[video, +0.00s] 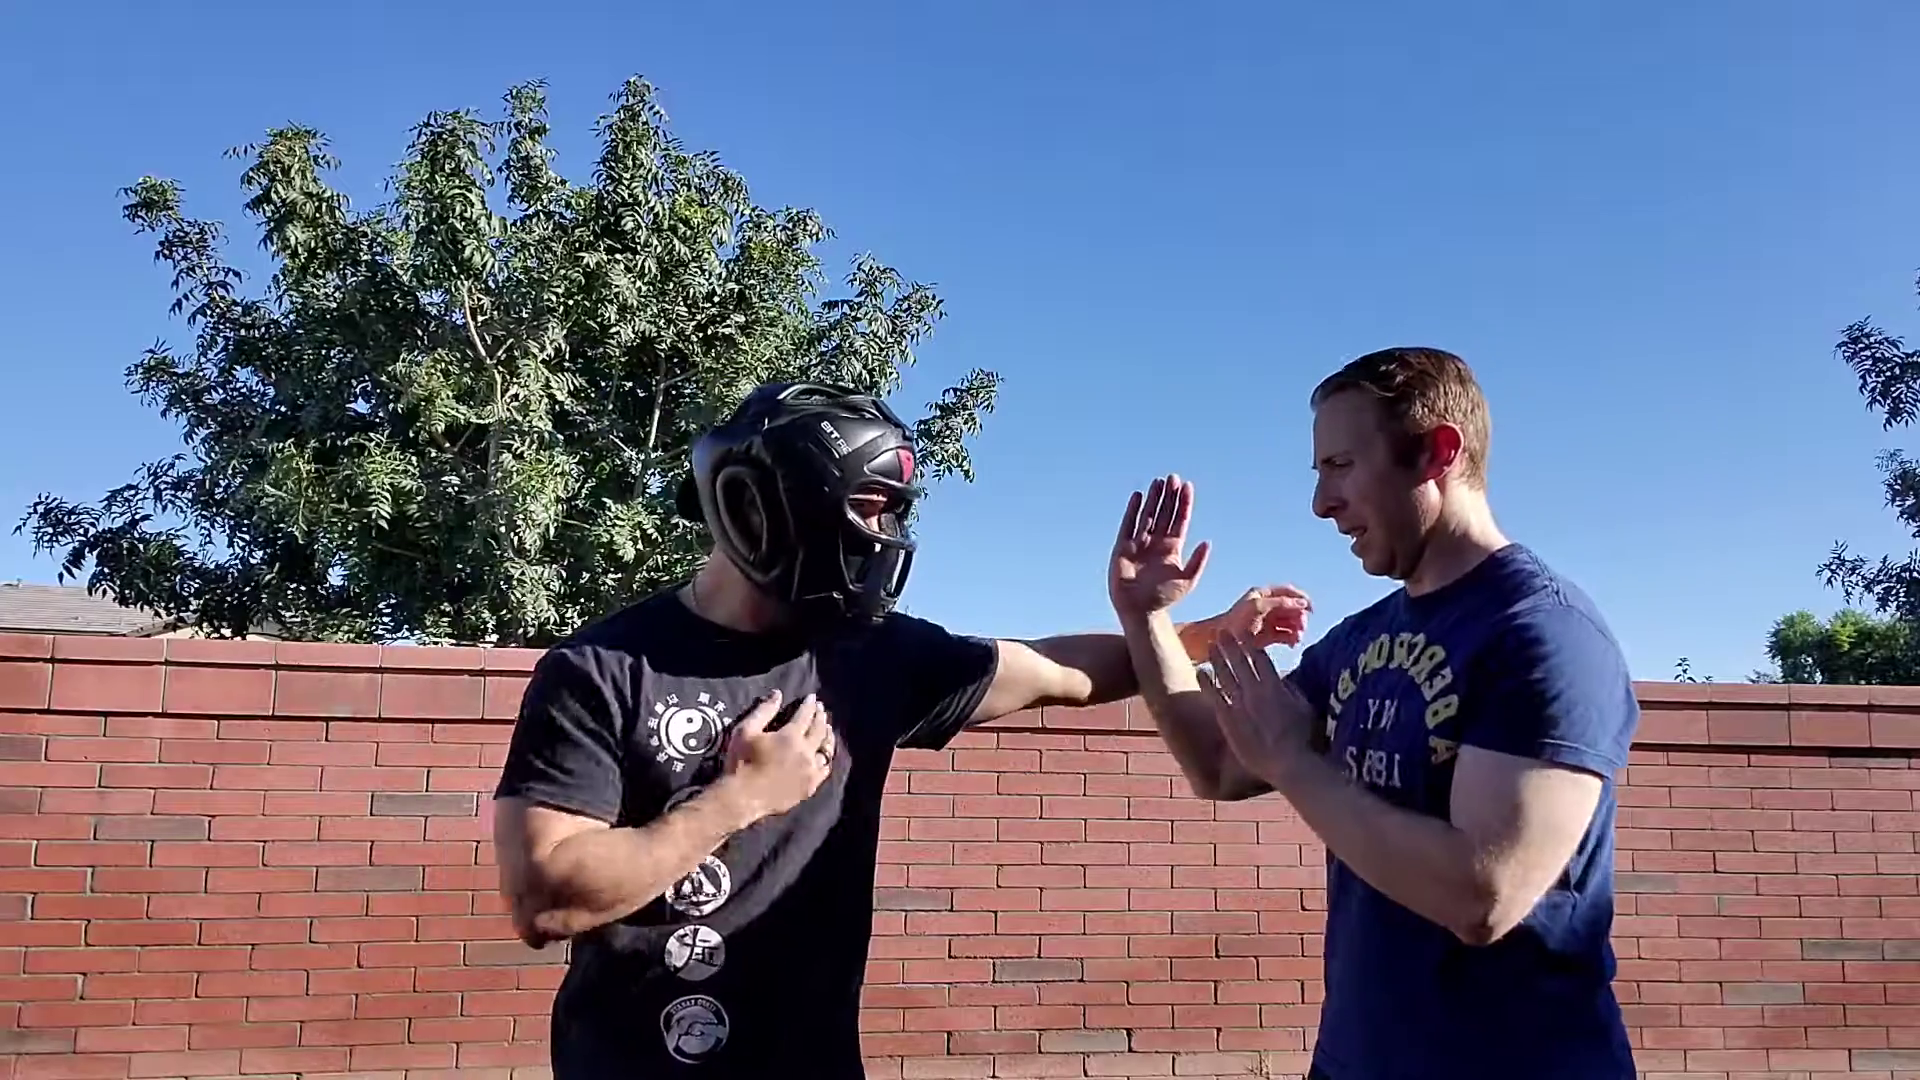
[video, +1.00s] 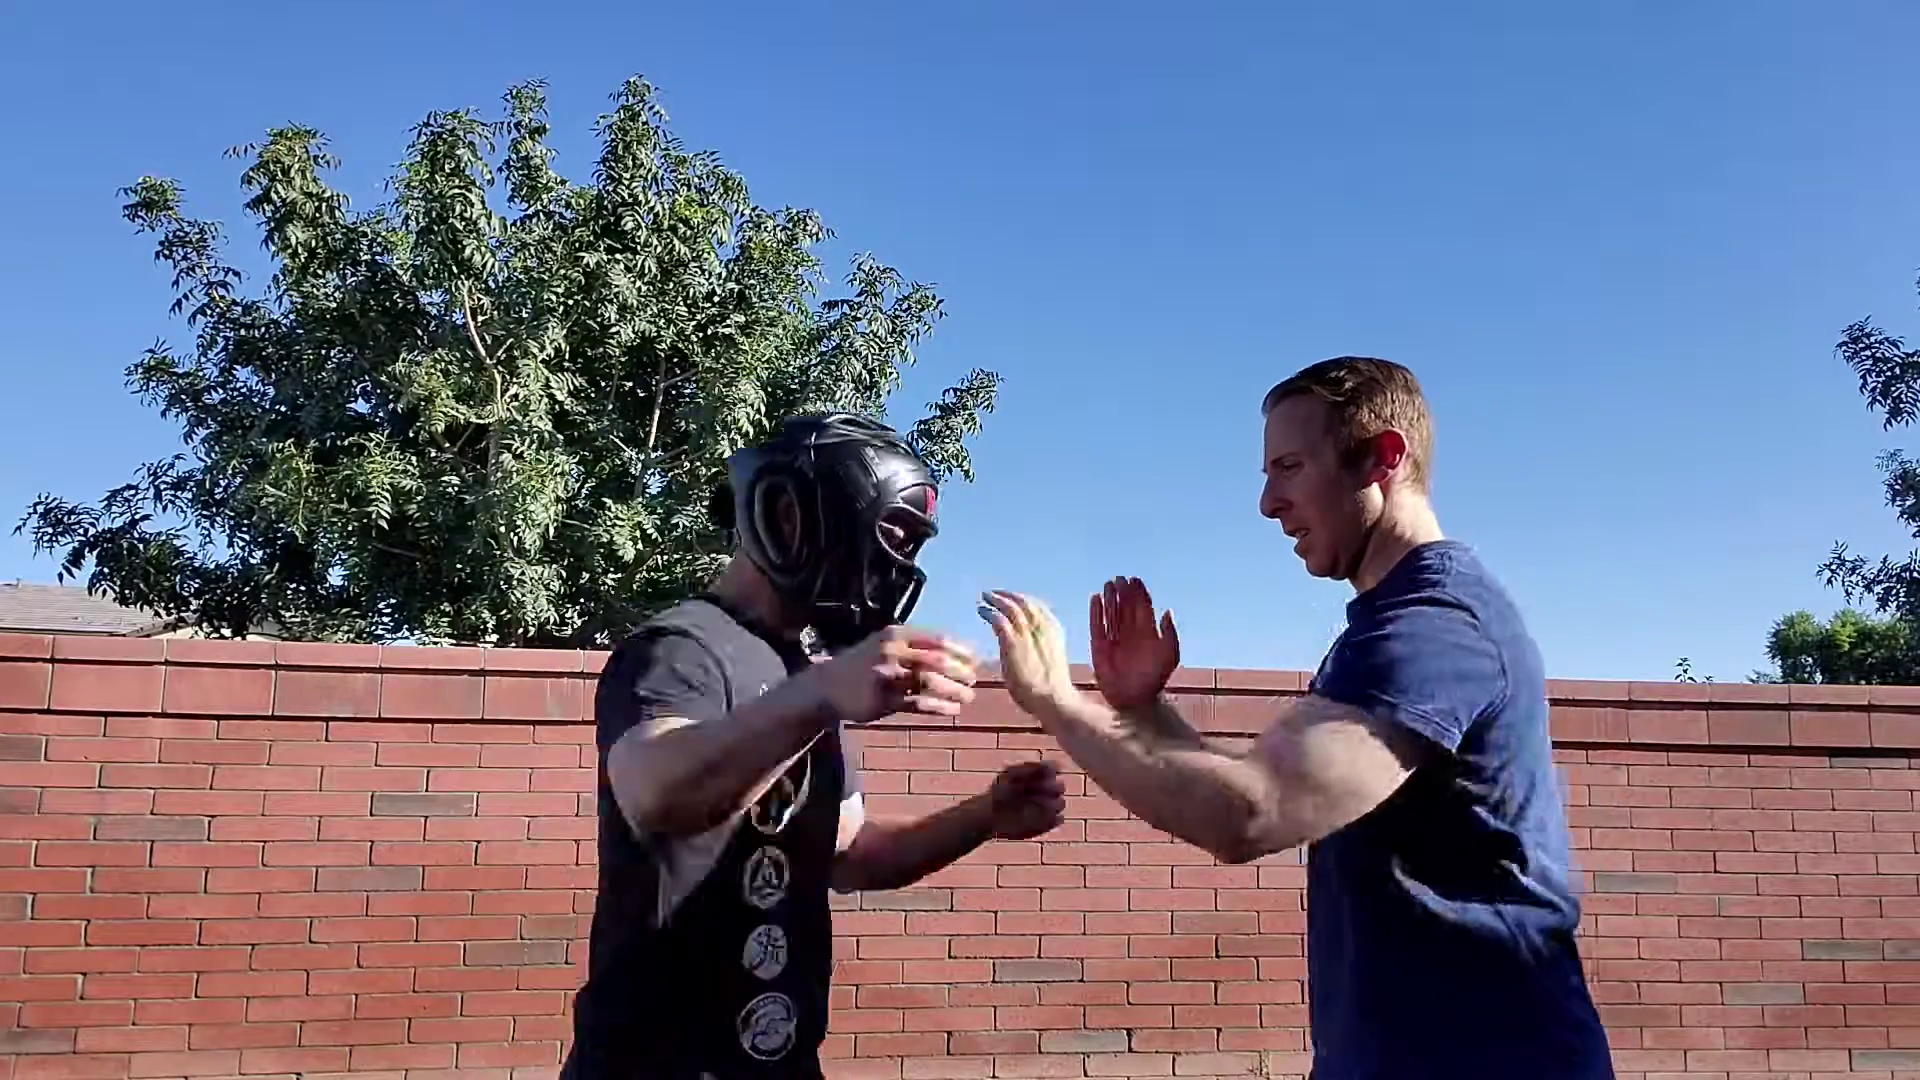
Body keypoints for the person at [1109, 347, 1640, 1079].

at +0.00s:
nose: (1322, 501)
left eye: (1341, 465)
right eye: (1321, 473)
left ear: (1439, 455)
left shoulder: (1550, 634)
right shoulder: (1358, 641)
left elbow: (1482, 895)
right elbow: (1221, 768)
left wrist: (1292, 763)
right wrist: (1145, 619)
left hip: (1519, 1059)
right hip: (1359, 1052)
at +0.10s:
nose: (1311, 506)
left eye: (1331, 470)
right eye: (1311, 478)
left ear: (1427, 459)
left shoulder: (1535, 636)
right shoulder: (1354, 646)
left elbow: (1461, 897)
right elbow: (1219, 775)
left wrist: (1274, 769)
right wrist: (1149, 624)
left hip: (1513, 1059)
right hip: (1357, 1051)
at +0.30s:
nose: (1271, 508)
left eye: (1290, 473)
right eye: (1272, 479)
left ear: (1384, 465)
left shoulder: (1441, 630)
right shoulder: (1387, 629)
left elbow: (1198, 779)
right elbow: (1230, 749)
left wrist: (1018, 654)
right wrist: (1175, 632)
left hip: (1466, 1054)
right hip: (1368, 1049)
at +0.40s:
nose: (1248, 511)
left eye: (1266, 478)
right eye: (1248, 483)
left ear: (1356, 470)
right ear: (1359, 476)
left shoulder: (1376, 623)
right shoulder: (1439, 612)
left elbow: (1107, 726)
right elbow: (1302, 805)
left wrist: (910, 609)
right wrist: (1212, 673)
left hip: (1429, 1057)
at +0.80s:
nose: (1267, 504)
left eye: (1287, 470)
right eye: (1266, 477)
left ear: (1379, 463)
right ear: (1369, 470)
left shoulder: (1424, 606)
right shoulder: (1384, 614)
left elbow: (1158, 731)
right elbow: (1310, 808)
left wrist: (926, 649)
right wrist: (1197, 688)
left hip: (1473, 1053)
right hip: (1386, 1050)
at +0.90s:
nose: (1263, 505)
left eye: (1283, 471)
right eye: (1262, 478)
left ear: (1380, 465)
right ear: (1371, 469)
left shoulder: (1417, 619)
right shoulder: (1391, 613)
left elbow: (1196, 794)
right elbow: (1287, 812)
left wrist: (984, 709)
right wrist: (1173, 720)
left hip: (1476, 1053)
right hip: (1394, 1047)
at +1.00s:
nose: (1267, 502)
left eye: (1288, 467)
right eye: (1269, 473)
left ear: (1382, 462)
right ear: (1381, 469)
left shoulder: (1440, 621)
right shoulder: (1386, 623)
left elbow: (1247, 817)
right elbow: (1260, 796)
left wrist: (1056, 706)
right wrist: (1147, 710)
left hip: (1478, 1056)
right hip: (1395, 1052)